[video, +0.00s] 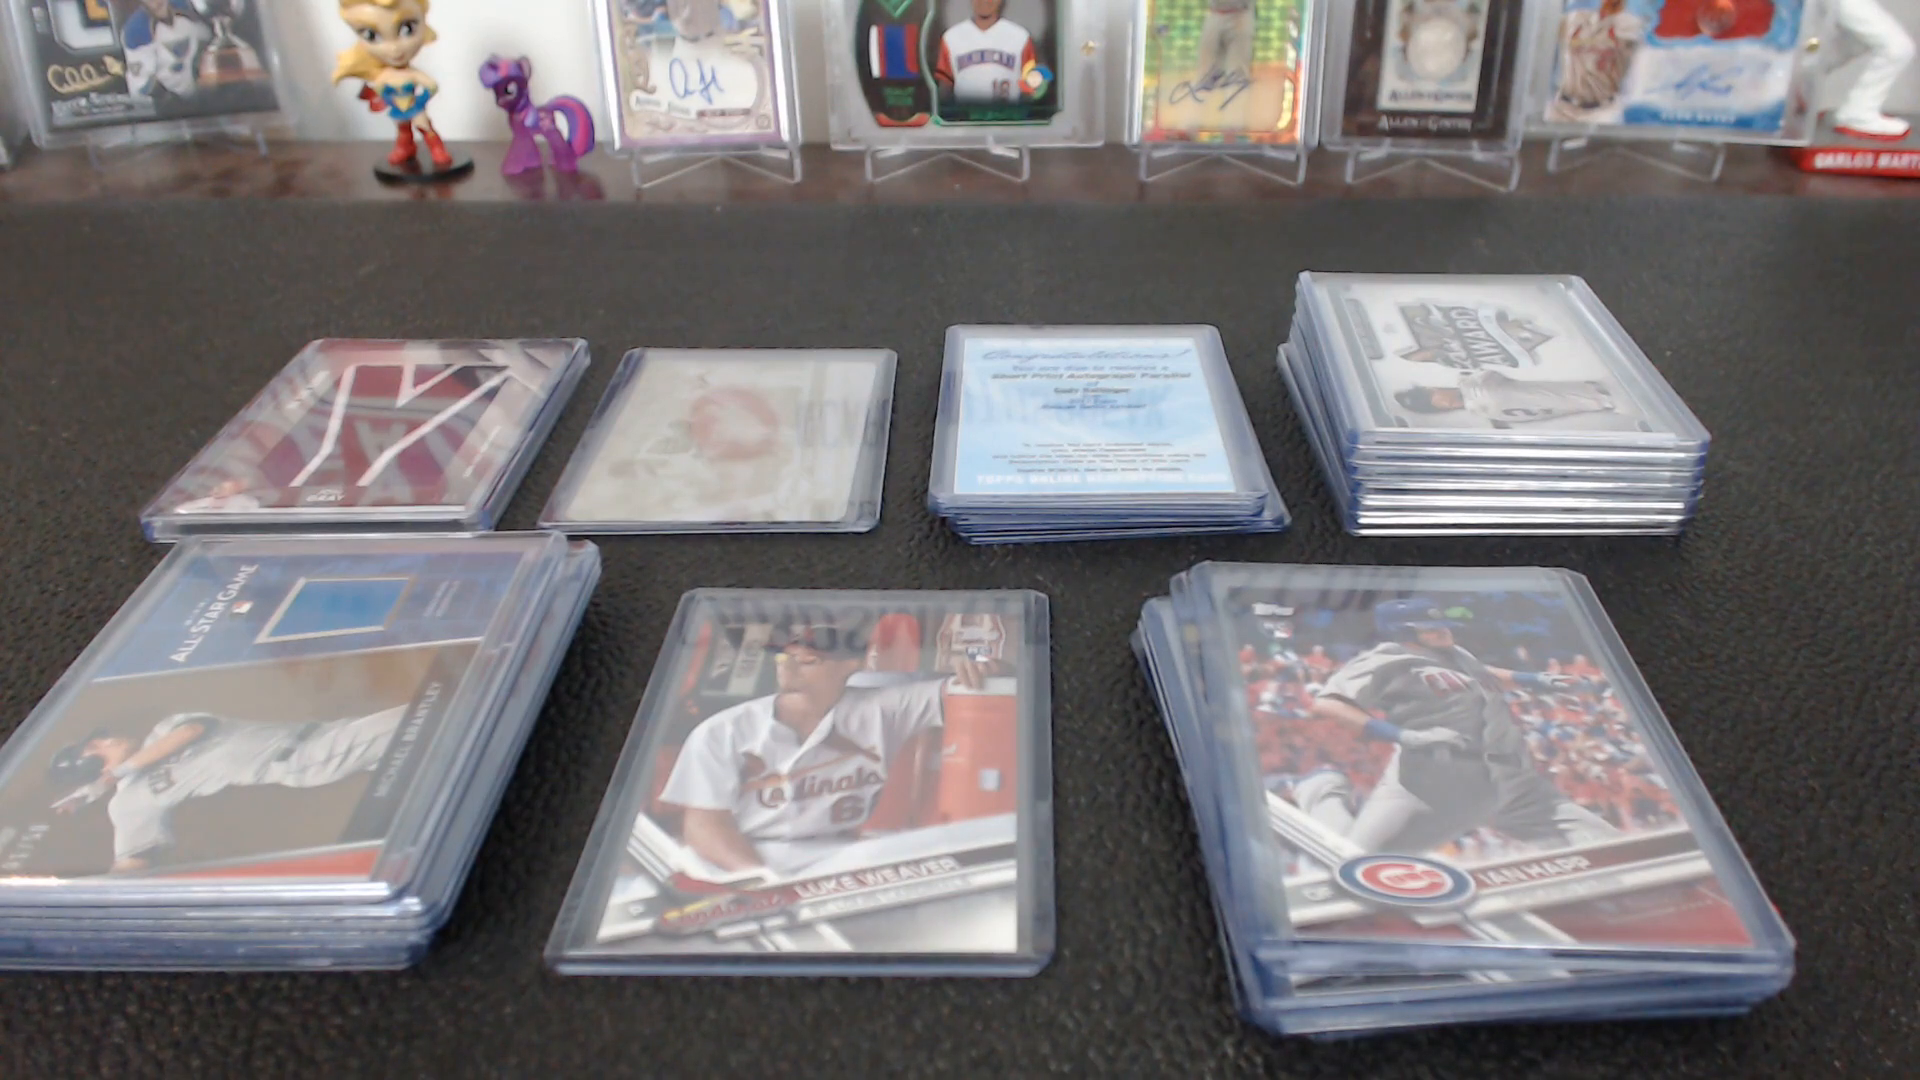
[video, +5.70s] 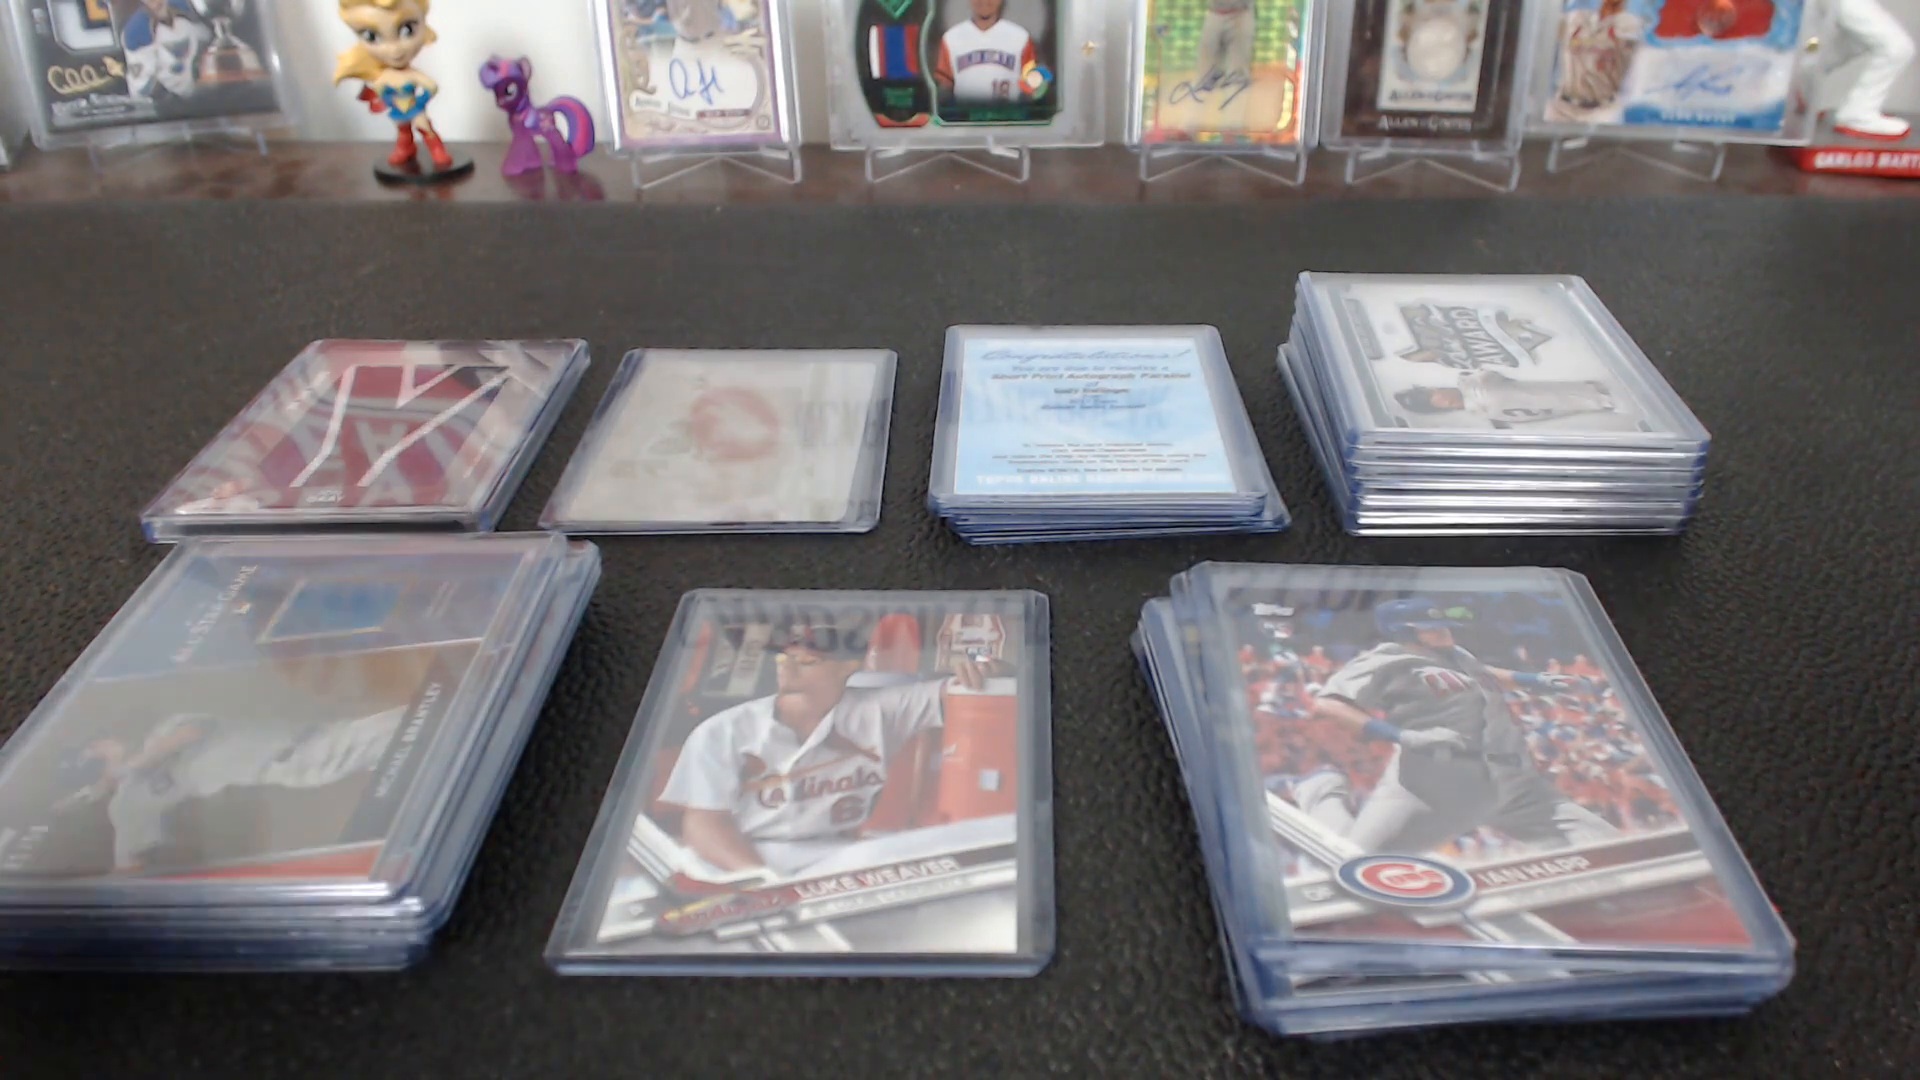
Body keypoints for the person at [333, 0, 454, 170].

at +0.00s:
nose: (394, 49)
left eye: (407, 29)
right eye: (371, 35)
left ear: (424, 26)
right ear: (358, 36)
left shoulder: (414, 74)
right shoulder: (379, 74)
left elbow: (427, 86)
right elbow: (370, 86)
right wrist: (375, 99)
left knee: (421, 122)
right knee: (401, 122)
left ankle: (436, 148)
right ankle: (405, 147)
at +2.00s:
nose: (394, 49)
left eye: (407, 30)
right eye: (371, 36)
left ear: (424, 28)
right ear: (358, 37)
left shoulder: (414, 75)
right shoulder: (379, 74)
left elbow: (426, 85)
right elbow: (369, 86)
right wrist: (375, 99)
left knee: (422, 122)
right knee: (401, 123)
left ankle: (436, 148)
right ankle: (405, 147)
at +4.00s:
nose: (394, 50)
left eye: (407, 30)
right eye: (372, 36)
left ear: (424, 29)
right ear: (359, 38)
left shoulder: (414, 75)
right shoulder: (379, 75)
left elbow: (427, 86)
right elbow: (370, 88)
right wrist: (375, 100)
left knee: (422, 123)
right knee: (401, 124)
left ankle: (437, 149)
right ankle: (405, 148)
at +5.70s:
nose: (394, 51)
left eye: (407, 30)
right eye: (372, 36)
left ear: (424, 29)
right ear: (359, 39)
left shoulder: (414, 75)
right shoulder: (379, 75)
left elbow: (426, 87)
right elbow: (370, 88)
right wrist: (374, 100)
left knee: (422, 123)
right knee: (401, 125)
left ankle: (437, 149)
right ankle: (405, 148)